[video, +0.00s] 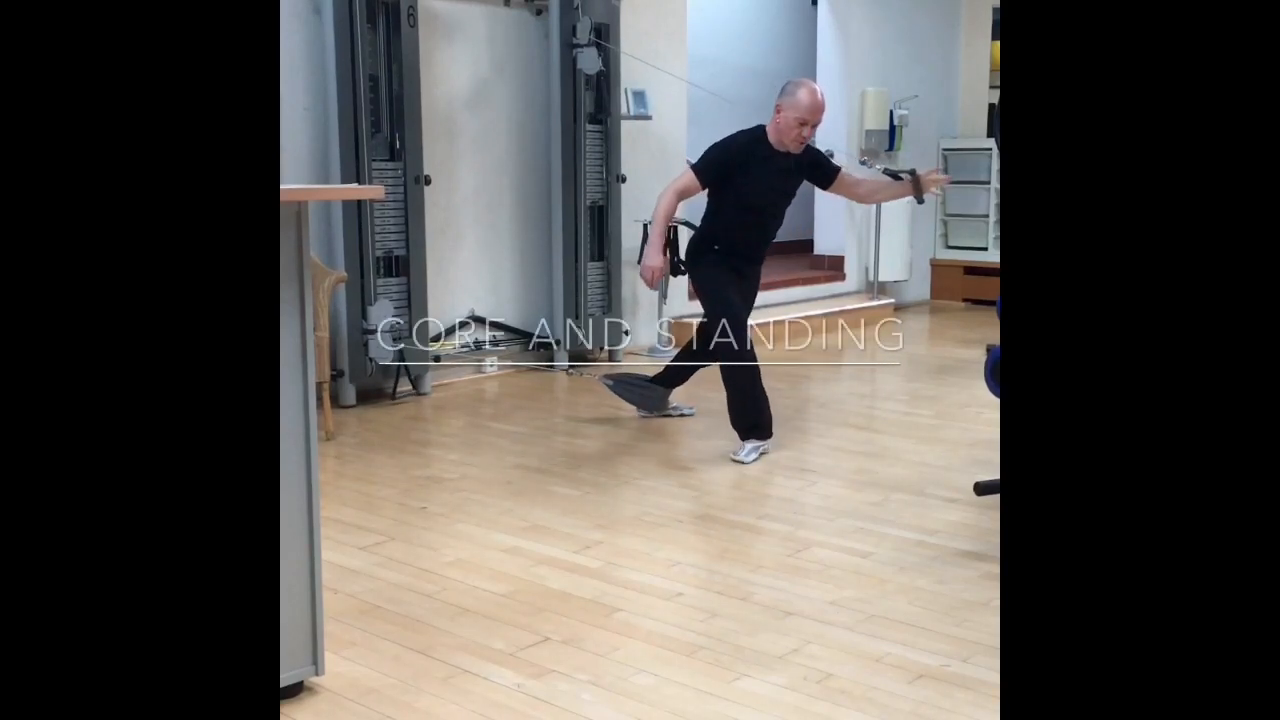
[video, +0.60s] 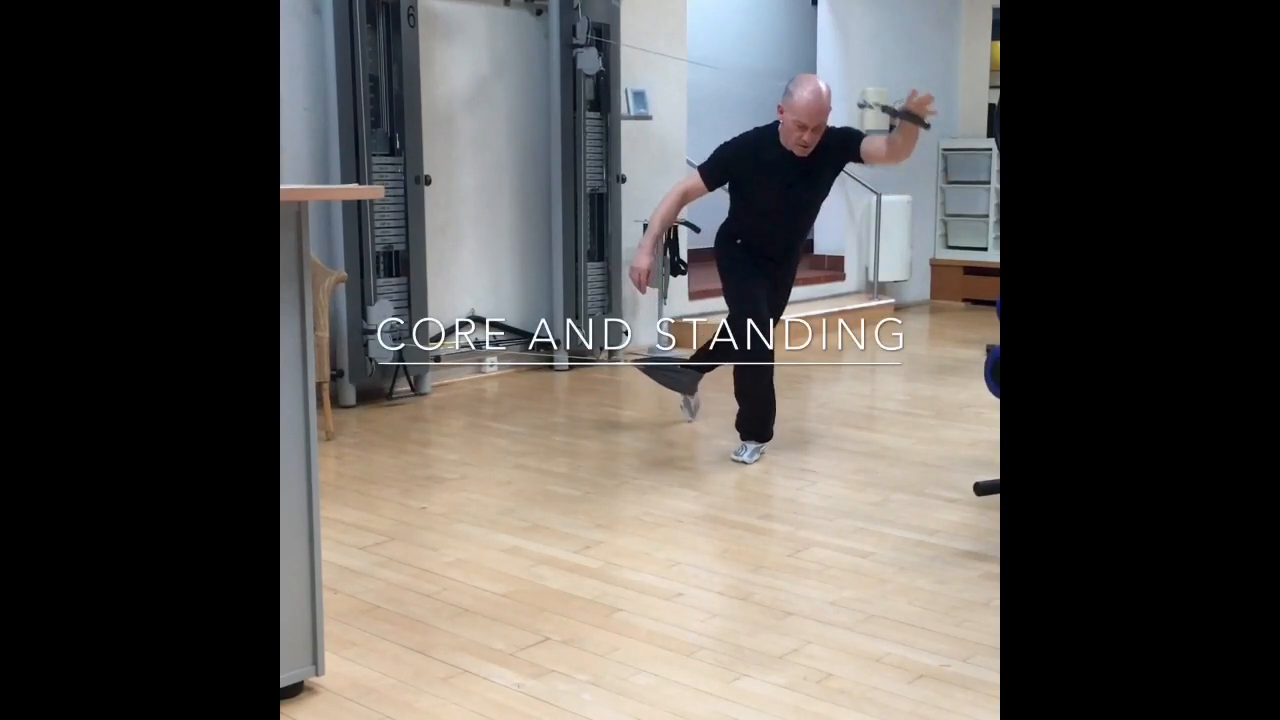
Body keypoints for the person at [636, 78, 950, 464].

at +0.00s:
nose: (808, 134)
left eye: (814, 127)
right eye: (802, 124)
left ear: (818, 123)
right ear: (778, 115)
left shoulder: (807, 160)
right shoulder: (737, 148)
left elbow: (862, 189)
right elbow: (672, 193)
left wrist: (915, 185)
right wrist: (654, 248)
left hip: (748, 265)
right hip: (710, 258)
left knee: (717, 334)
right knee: (735, 336)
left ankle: (656, 390)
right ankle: (755, 435)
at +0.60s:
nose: (807, 138)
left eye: (816, 129)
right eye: (800, 127)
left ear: (827, 119)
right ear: (781, 112)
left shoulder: (836, 145)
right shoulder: (747, 148)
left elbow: (894, 151)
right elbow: (682, 194)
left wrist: (912, 121)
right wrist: (647, 251)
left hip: (785, 257)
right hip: (739, 250)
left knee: (754, 329)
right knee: (754, 330)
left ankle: (689, 371)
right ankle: (754, 435)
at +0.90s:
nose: (800, 112)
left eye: (809, 102)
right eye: (791, 102)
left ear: (819, 91)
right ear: (772, 91)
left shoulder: (830, 111)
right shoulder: (744, 133)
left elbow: (883, 105)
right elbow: (687, 188)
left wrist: (890, 74)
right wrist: (653, 241)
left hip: (794, 244)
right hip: (747, 241)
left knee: (775, 338)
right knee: (761, 333)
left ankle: (704, 382)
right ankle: (749, 437)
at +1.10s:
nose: (797, 100)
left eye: (805, 90)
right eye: (788, 90)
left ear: (815, 81)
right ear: (766, 81)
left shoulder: (821, 101)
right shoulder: (740, 123)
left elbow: (876, 92)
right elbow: (687, 182)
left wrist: (885, 67)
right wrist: (671, 236)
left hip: (797, 240)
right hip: (748, 242)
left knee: (809, 331)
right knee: (757, 340)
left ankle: (748, 348)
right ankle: (747, 437)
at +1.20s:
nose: (795, 96)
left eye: (803, 85)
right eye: (786, 86)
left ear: (812, 76)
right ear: (763, 76)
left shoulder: (818, 95)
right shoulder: (737, 120)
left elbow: (873, 90)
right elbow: (687, 180)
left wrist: (885, 69)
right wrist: (674, 236)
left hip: (798, 232)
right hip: (748, 236)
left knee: (826, 317)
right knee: (756, 338)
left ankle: (757, 348)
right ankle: (747, 436)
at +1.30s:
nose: (793, 91)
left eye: (800, 81)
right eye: (784, 82)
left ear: (808, 71)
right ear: (761, 72)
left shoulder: (816, 91)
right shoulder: (735, 117)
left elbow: (874, 89)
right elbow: (685, 178)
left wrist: (886, 70)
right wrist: (673, 234)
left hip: (800, 227)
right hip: (750, 235)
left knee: (841, 297)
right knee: (754, 336)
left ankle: (779, 345)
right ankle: (747, 434)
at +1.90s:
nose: (786, 71)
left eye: (793, 61)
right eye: (778, 61)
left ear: (800, 56)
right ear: (753, 53)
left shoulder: (807, 90)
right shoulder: (716, 106)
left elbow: (867, 95)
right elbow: (660, 154)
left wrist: (885, 67)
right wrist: (619, 205)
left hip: (802, 213)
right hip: (752, 231)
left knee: (874, 209)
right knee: (758, 331)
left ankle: (894, 320)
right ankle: (748, 434)